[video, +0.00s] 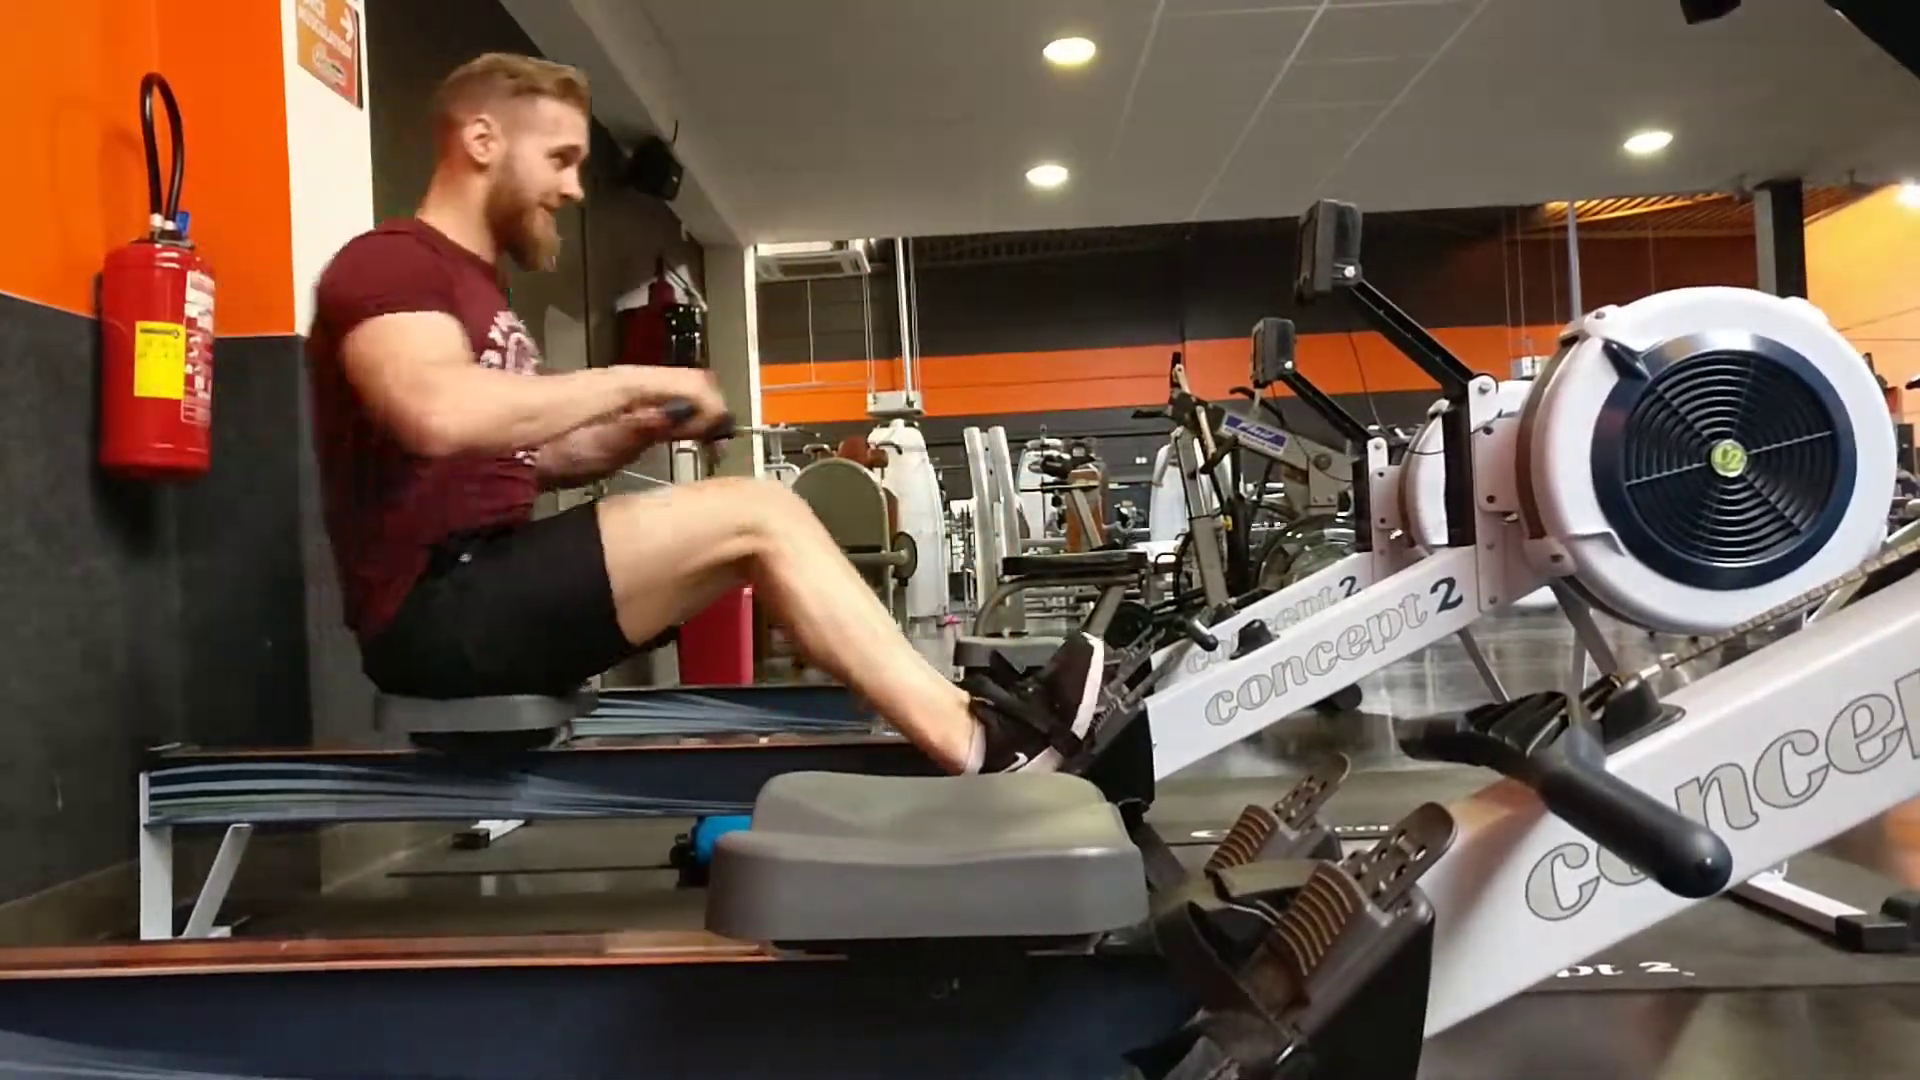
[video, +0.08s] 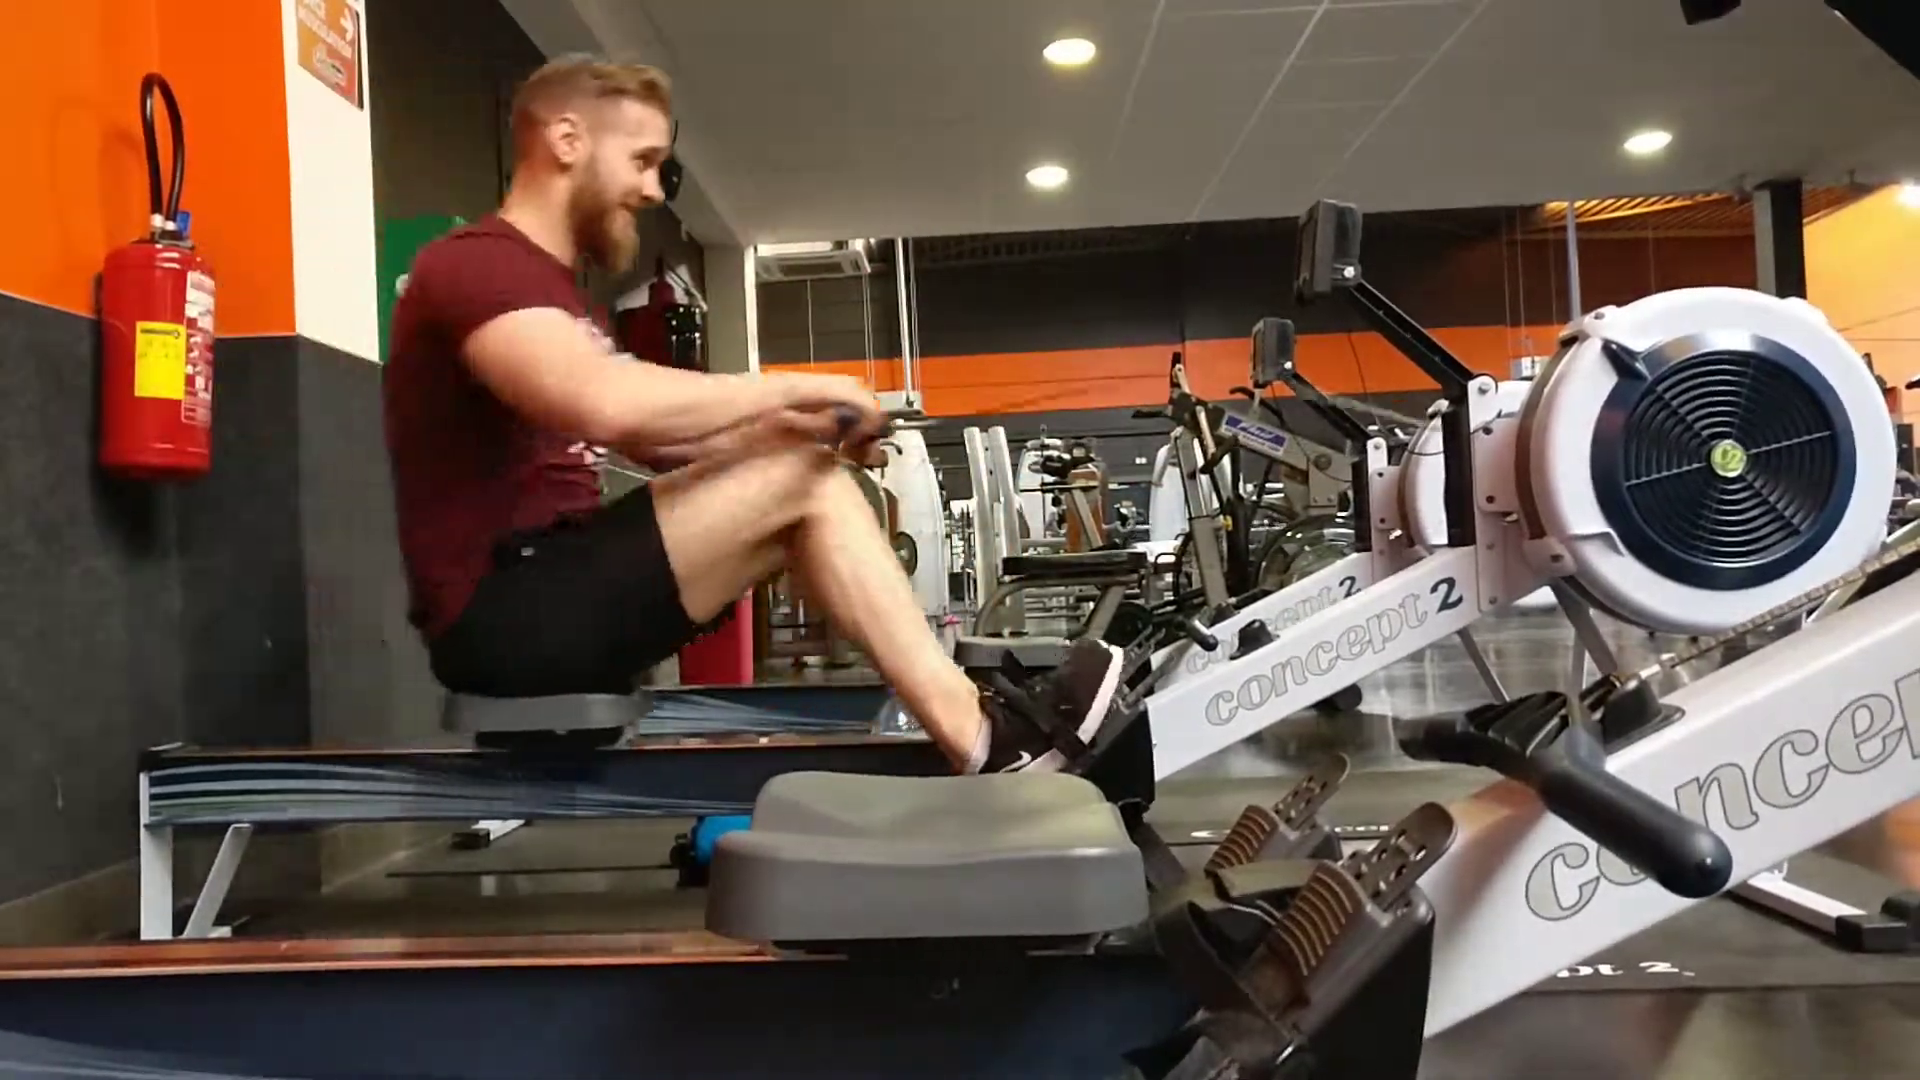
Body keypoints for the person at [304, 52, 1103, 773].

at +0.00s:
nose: (575, 190)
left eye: (580, 168)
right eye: (561, 160)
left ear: (483, 151)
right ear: (477, 140)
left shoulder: (484, 298)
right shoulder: (391, 263)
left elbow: (529, 461)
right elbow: (432, 416)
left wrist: (642, 424)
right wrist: (629, 381)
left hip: (485, 599)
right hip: (435, 613)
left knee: (768, 514)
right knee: (764, 512)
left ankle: (970, 732)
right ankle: (969, 746)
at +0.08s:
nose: (656, 192)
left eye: (662, 170)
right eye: (647, 163)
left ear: (569, 145)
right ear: (565, 139)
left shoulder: (559, 296)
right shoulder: (476, 270)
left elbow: (650, 438)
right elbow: (615, 413)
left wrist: (803, 421)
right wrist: (803, 391)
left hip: (550, 598)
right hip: (503, 613)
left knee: (808, 463)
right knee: (803, 468)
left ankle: (968, 719)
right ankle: (974, 735)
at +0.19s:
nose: (761, 189)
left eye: (763, 165)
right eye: (751, 158)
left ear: (678, 145)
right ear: (672, 139)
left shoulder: (649, 284)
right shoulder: (585, 266)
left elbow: (777, 398)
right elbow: (769, 401)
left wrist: (941, 424)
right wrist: (954, 414)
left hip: (621, 608)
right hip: (587, 619)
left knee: (878, 457)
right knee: (876, 461)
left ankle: (973, 718)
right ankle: (977, 735)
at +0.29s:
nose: (863, 186)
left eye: (865, 162)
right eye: (852, 156)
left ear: (781, 140)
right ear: (780, 135)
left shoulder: (735, 268)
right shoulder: (699, 260)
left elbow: (907, 396)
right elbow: (915, 405)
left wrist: (1087, 451)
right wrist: (1101, 450)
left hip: (685, 609)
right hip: (666, 617)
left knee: (918, 429)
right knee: (918, 436)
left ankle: (979, 718)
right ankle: (982, 730)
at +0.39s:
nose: (941, 184)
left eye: (944, 160)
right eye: (931, 154)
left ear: (861, 143)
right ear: (861, 139)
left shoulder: (814, 259)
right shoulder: (796, 256)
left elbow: (1004, 389)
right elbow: (1010, 400)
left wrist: (1184, 463)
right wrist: (1194, 466)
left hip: (742, 606)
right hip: (728, 615)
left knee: (976, 413)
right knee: (971, 418)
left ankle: (984, 702)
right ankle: (980, 715)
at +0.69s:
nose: (879, 158)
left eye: (875, 132)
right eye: (863, 129)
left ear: (789, 129)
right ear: (790, 124)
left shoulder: (756, 251)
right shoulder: (745, 247)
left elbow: (949, 388)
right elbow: (962, 389)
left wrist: (1120, 435)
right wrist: (1146, 432)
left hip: (721, 598)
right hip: (714, 607)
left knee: (950, 421)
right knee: (953, 425)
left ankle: (997, 701)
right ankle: (987, 720)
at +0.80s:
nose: (723, 140)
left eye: (717, 115)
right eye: (702, 111)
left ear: (631, 118)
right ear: (624, 113)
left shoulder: (632, 249)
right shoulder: (588, 241)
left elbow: (763, 386)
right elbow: (761, 393)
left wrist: (952, 416)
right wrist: (958, 413)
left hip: (631, 590)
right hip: (604, 600)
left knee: (885, 443)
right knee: (885, 449)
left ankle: (988, 714)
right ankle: (990, 734)